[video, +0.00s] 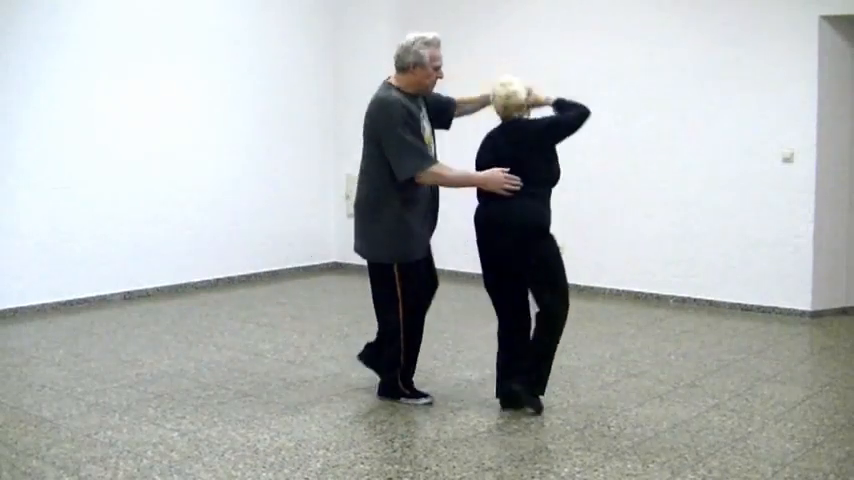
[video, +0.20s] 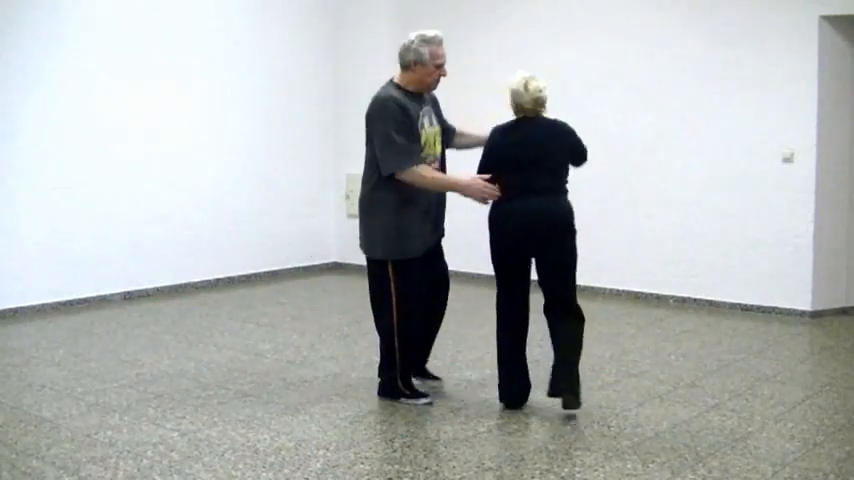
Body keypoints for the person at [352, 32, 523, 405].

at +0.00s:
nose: (440, 75)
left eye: (440, 67)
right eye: (434, 68)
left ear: (415, 68)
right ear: (409, 69)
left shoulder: (412, 97)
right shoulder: (391, 107)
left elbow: (452, 109)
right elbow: (421, 172)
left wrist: (494, 97)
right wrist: (480, 178)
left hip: (406, 223)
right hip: (388, 228)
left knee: (423, 286)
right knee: (401, 305)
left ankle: (381, 350)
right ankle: (396, 384)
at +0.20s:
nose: (443, 72)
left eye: (443, 65)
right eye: (437, 66)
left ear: (425, 67)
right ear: (413, 67)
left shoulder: (426, 99)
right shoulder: (386, 106)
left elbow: (447, 137)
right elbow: (404, 170)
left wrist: (492, 139)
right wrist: (461, 185)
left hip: (422, 226)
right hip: (390, 231)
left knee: (434, 292)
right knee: (396, 307)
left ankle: (414, 363)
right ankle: (392, 383)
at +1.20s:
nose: (454, 73)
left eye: (455, 66)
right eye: (450, 66)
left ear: (431, 66)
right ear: (427, 65)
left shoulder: (420, 99)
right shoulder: (404, 95)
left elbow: (416, 151)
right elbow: (393, 144)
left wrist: (445, 167)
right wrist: (441, 161)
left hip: (413, 218)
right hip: (402, 220)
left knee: (428, 289)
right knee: (433, 287)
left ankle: (406, 364)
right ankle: (411, 370)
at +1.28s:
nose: (453, 75)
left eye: (454, 68)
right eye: (449, 67)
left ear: (428, 68)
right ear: (428, 67)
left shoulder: (413, 97)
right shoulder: (407, 96)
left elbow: (390, 149)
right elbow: (391, 145)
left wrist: (430, 179)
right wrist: (433, 177)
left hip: (408, 219)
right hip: (400, 221)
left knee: (423, 290)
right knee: (421, 292)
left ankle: (409, 369)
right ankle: (401, 373)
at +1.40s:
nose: (451, 79)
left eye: (451, 72)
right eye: (447, 71)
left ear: (420, 71)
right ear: (426, 69)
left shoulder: (390, 96)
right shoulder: (412, 99)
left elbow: (352, 148)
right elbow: (405, 154)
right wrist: (441, 192)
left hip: (387, 223)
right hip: (397, 225)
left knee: (412, 301)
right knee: (403, 304)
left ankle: (414, 372)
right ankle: (385, 380)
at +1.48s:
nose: (447, 81)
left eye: (448, 73)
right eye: (444, 73)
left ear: (418, 70)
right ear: (426, 69)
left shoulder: (380, 95)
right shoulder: (414, 99)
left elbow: (339, 147)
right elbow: (419, 158)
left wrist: (336, 188)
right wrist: (464, 188)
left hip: (370, 220)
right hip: (392, 223)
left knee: (403, 298)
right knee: (398, 303)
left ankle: (412, 368)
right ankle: (386, 381)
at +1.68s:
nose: (434, 80)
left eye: (435, 73)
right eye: (431, 72)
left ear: (404, 70)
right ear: (414, 69)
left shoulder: (363, 96)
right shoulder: (410, 101)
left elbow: (322, 146)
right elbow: (453, 147)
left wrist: (317, 185)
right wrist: (507, 158)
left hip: (352, 219)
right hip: (387, 222)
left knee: (385, 294)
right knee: (393, 296)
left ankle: (382, 369)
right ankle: (384, 379)